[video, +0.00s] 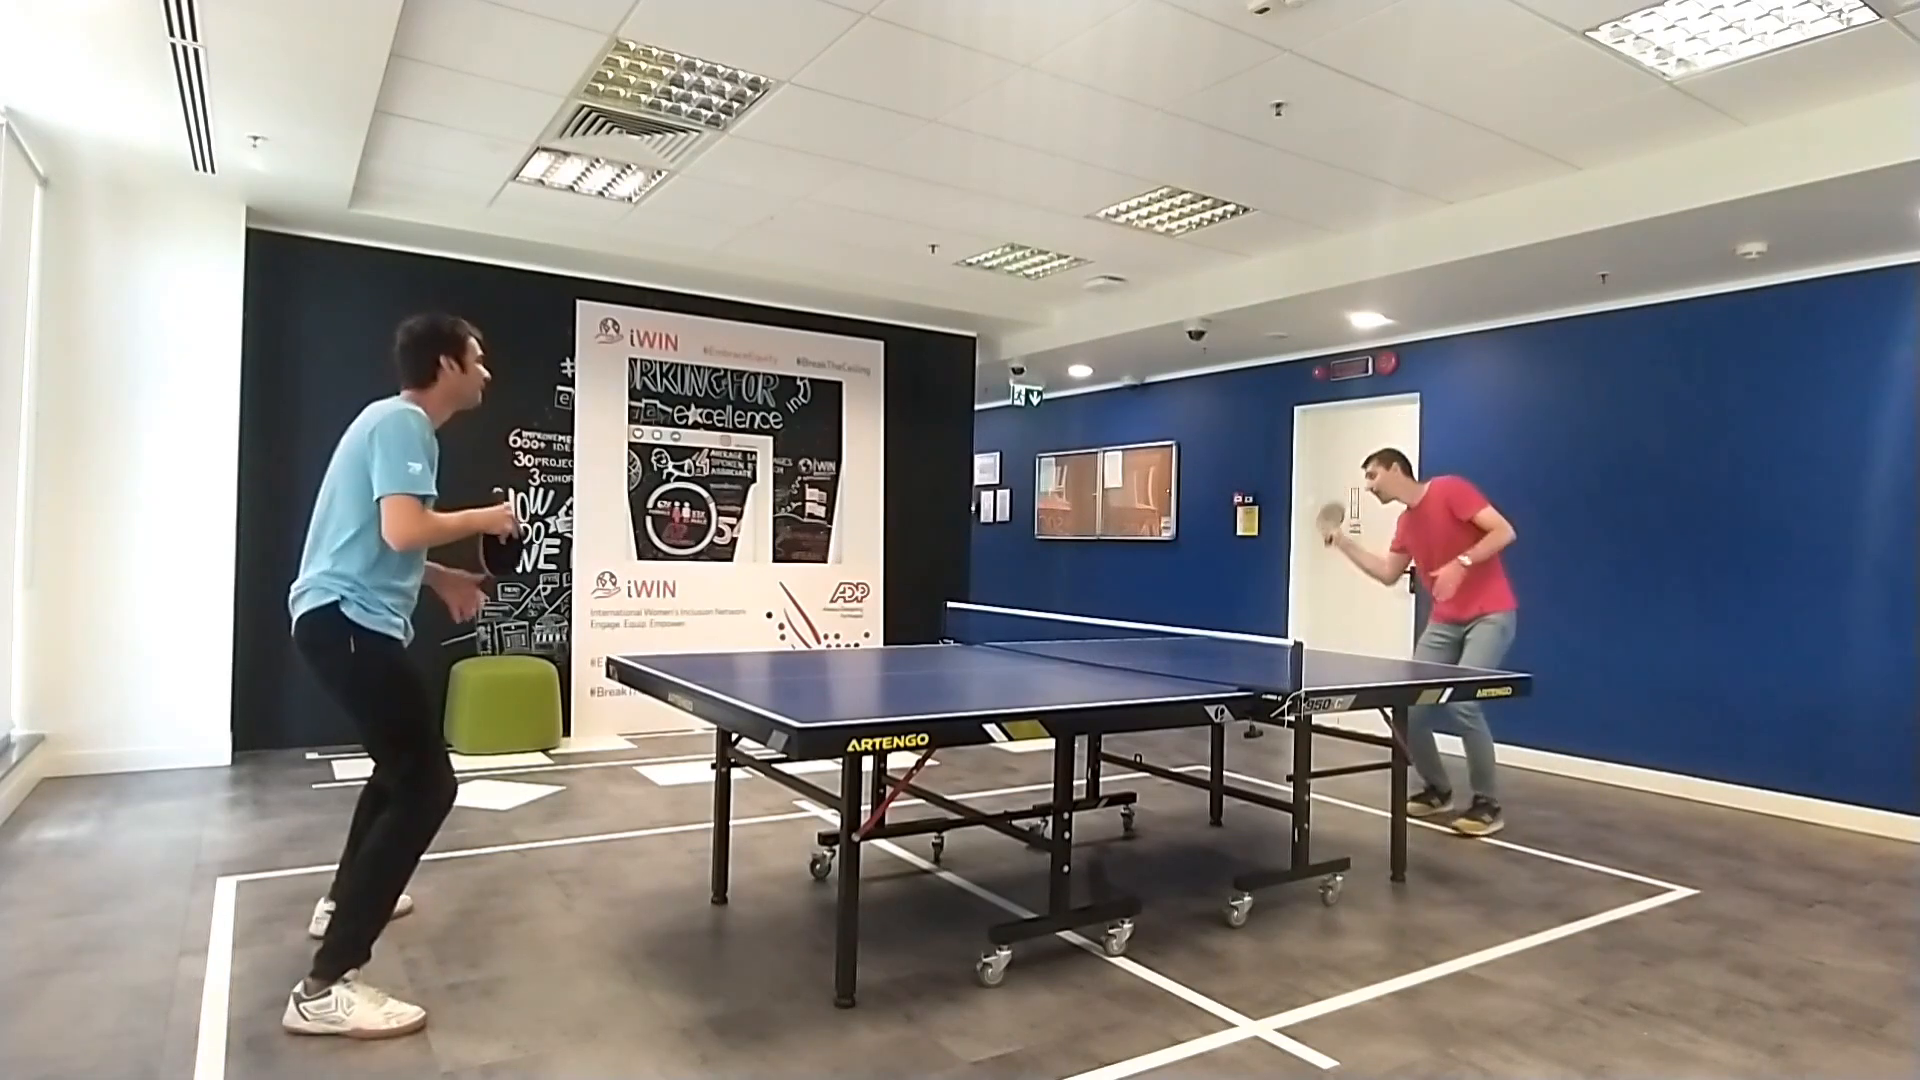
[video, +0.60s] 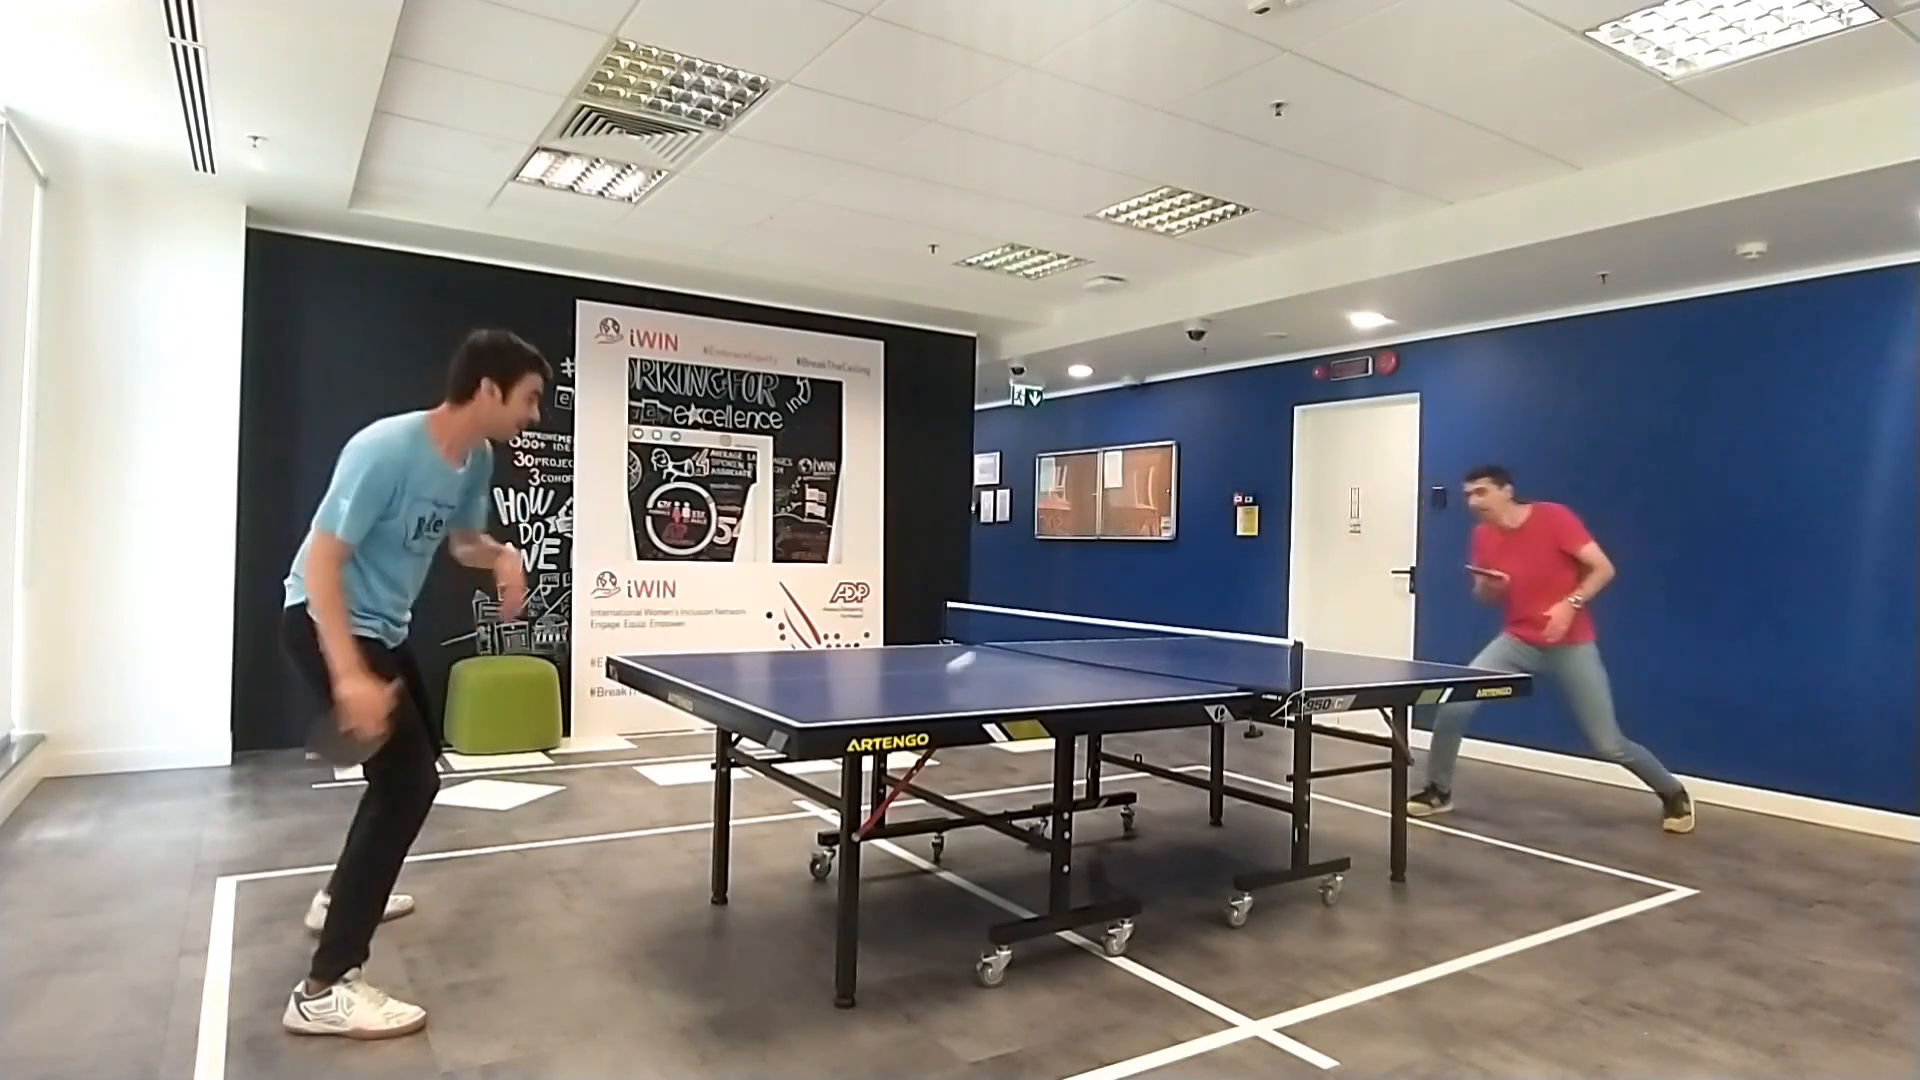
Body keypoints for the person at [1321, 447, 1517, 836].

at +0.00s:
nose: (1368, 485)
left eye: (1372, 475)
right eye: (1366, 479)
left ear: (1396, 469)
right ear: (1391, 474)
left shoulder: (1447, 489)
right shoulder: (1407, 521)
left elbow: (1503, 531)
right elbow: (1388, 572)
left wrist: (1460, 563)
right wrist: (1342, 541)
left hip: (1491, 614)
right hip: (1444, 620)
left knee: (1461, 702)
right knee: (1407, 707)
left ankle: (1486, 803)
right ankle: (1438, 789)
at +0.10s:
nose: (1368, 507)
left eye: (1370, 497)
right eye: (1365, 500)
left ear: (1393, 486)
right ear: (1391, 490)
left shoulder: (1449, 499)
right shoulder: (1407, 534)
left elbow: (1508, 539)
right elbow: (1398, 592)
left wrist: (1470, 575)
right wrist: (1336, 581)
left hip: (1498, 622)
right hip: (1451, 629)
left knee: (1468, 703)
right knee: (1409, 709)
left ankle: (1509, 800)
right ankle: (1437, 792)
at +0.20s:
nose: (1374, 516)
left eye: (1375, 507)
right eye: (1370, 510)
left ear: (1397, 496)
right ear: (1393, 502)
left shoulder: (1453, 507)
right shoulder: (1409, 540)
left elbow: (1516, 544)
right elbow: (1415, 597)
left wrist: (1479, 583)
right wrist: (1375, 598)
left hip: (1505, 626)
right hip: (1458, 634)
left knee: (1485, 712)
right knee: (1410, 711)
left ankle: (1543, 793)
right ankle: (1438, 792)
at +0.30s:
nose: (1387, 515)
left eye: (1390, 505)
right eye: (1383, 509)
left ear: (1412, 495)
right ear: (1407, 500)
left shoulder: (1466, 510)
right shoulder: (1418, 542)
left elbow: (1530, 546)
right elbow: (1445, 595)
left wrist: (1499, 585)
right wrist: (1425, 585)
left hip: (1512, 631)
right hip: (1465, 635)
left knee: (1510, 724)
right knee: (1417, 711)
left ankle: (1583, 775)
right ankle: (1437, 792)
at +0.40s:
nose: (1409, 508)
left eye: (1413, 498)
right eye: (1406, 501)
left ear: (1438, 491)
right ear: (1412, 505)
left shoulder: (1489, 511)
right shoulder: (1431, 537)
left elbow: (1550, 551)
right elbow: (1446, 599)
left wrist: (1523, 586)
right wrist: (1448, 578)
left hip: (1526, 634)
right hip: (1477, 635)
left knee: (1542, 732)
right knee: (1425, 708)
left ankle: (1623, 766)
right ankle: (1437, 792)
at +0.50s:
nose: (1439, 502)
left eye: (1445, 492)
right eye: (1434, 497)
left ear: (1469, 489)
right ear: (1435, 503)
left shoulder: (1519, 514)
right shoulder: (1454, 536)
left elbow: (1574, 558)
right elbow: (1455, 596)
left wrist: (1546, 594)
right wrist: (1462, 581)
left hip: (1545, 640)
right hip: (1494, 638)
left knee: (1577, 740)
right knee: (1434, 706)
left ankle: (1658, 780)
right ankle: (1437, 793)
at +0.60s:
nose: (1472, 502)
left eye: (1479, 492)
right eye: (1469, 495)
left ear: (1505, 490)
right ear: (1471, 499)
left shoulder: (1553, 518)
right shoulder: (1484, 535)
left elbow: (1603, 569)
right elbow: (1483, 597)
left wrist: (1569, 604)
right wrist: (1488, 587)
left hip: (1570, 647)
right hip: (1518, 641)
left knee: (1607, 745)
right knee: (1453, 706)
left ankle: (1675, 795)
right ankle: (1437, 792)